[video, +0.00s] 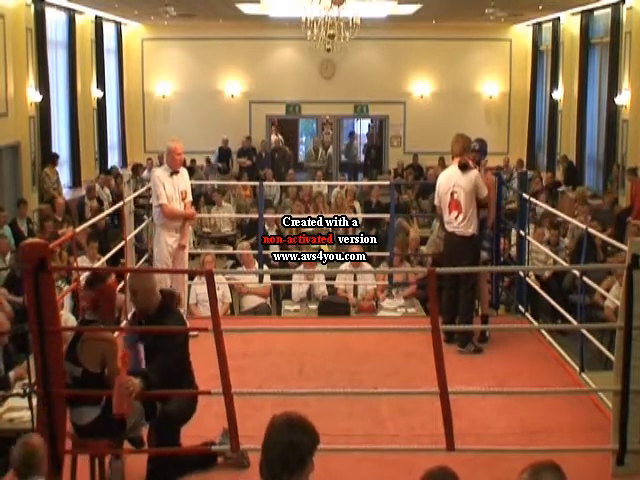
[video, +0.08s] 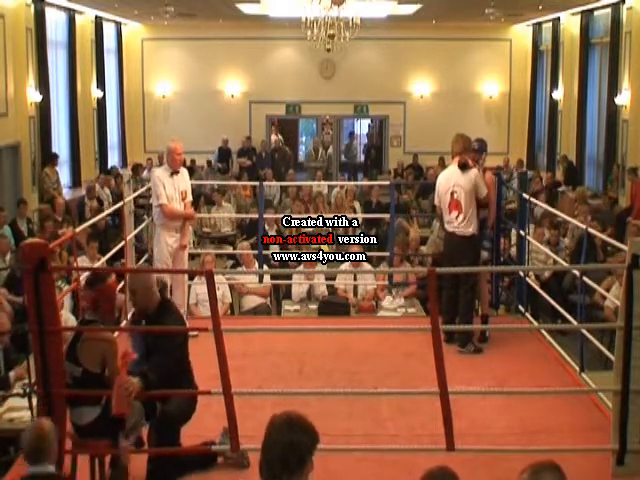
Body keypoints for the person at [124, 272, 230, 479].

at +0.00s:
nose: (132, 299)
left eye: (136, 293)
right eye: (130, 293)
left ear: (150, 293)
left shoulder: (172, 321)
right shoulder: (141, 317)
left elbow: (168, 362)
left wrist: (143, 381)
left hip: (181, 391)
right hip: (157, 391)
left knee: (165, 419)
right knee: (164, 466)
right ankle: (214, 449)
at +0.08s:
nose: (131, 298)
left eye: (135, 293)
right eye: (129, 292)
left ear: (153, 291)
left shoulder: (170, 320)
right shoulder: (142, 317)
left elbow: (166, 360)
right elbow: (142, 356)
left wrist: (142, 380)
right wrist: (130, 375)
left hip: (180, 391)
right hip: (156, 390)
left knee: (166, 417)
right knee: (163, 466)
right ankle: (214, 449)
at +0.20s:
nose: (130, 298)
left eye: (134, 293)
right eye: (129, 293)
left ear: (150, 292)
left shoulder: (170, 321)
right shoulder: (148, 314)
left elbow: (165, 362)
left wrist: (140, 381)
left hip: (179, 391)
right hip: (155, 390)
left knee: (166, 417)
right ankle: (214, 449)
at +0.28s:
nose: (129, 298)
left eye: (133, 293)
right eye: (128, 293)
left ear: (150, 292)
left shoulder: (169, 321)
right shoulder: (152, 316)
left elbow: (163, 362)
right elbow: (146, 357)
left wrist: (139, 382)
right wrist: (132, 377)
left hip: (180, 391)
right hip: (158, 389)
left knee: (166, 415)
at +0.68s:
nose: (138, 298)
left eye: (140, 292)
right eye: (137, 292)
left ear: (154, 290)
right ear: (154, 290)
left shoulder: (173, 321)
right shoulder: (156, 314)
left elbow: (165, 362)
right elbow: (152, 350)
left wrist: (138, 381)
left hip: (181, 392)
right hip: (164, 390)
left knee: (166, 417)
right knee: (164, 465)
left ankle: (217, 451)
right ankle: (217, 449)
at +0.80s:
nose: (141, 294)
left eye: (145, 289)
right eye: (139, 289)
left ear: (162, 287)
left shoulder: (177, 318)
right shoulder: (154, 313)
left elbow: (174, 363)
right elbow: (153, 354)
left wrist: (144, 374)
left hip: (182, 393)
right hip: (161, 391)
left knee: (166, 415)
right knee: (165, 466)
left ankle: (217, 451)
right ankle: (216, 450)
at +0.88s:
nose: (141, 295)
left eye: (145, 289)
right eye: (140, 289)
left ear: (162, 287)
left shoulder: (178, 318)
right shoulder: (154, 314)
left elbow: (176, 365)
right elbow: (150, 352)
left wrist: (144, 375)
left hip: (182, 393)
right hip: (160, 391)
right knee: (164, 466)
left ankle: (216, 451)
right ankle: (216, 450)